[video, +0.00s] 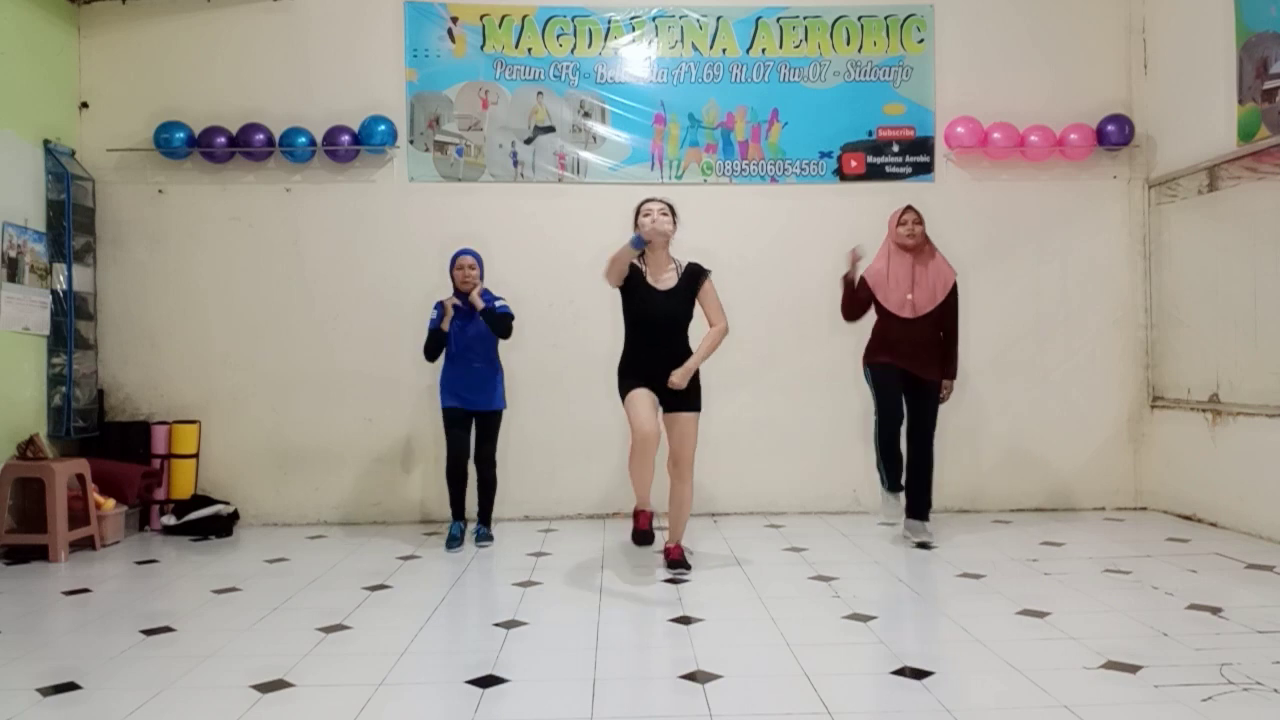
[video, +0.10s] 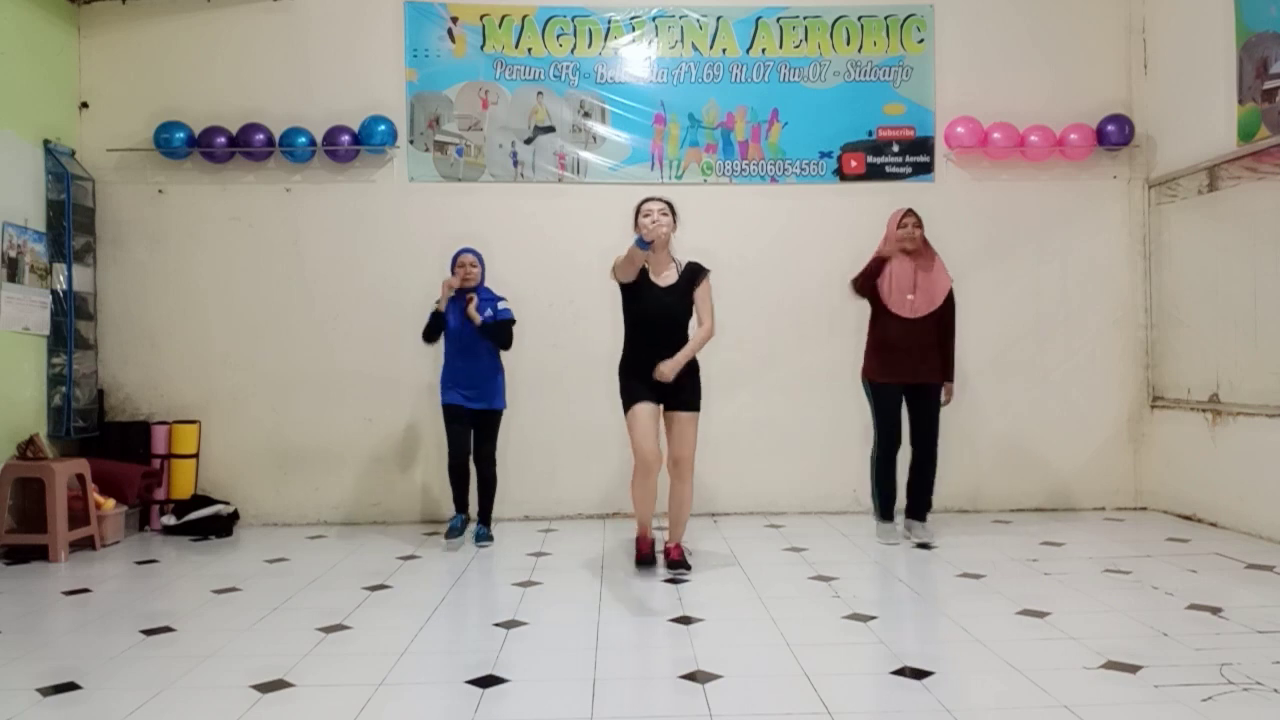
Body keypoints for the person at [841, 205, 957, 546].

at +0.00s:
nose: (911, 228)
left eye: (916, 223)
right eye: (904, 224)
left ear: (925, 230)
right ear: (892, 232)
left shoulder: (941, 272)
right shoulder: (881, 270)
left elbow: (950, 327)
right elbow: (852, 312)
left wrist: (949, 373)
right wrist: (850, 276)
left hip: (926, 364)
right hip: (885, 359)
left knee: (922, 441)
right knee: (889, 417)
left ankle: (917, 519)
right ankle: (891, 489)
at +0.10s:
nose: (912, 231)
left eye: (916, 226)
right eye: (904, 227)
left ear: (923, 233)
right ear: (892, 235)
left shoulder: (937, 274)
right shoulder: (882, 270)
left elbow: (947, 328)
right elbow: (858, 287)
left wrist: (948, 377)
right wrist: (882, 254)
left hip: (926, 373)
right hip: (884, 372)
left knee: (926, 447)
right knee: (888, 443)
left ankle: (917, 519)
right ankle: (885, 519)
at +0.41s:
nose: (910, 233)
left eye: (914, 228)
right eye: (902, 229)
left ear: (922, 234)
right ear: (890, 238)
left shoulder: (933, 276)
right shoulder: (878, 271)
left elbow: (938, 327)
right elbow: (878, 280)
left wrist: (972, 323)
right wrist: (904, 272)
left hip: (921, 368)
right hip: (879, 368)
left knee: (934, 441)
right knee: (883, 442)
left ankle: (920, 509)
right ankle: (884, 518)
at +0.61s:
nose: (909, 229)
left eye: (914, 224)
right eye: (901, 225)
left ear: (922, 231)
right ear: (890, 234)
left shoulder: (936, 271)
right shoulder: (879, 269)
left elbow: (966, 298)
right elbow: (876, 278)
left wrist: (967, 265)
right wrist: (903, 270)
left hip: (923, 367)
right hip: (882, 363)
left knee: (927, 444)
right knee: (885, 436)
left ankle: (919, 519)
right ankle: (885, 512)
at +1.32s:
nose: (899, 234)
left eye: (904, 229)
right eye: (893, 230)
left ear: (911, 234)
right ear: (882, 237)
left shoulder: (924, 265)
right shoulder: (870, 268)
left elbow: (943, 246)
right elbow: (864, 258)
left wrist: (933, 216)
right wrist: (879, 229)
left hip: (917, 361)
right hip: (875, 360)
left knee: (918, 438)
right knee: (873, 435)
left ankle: (908, 513)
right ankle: (874, 511)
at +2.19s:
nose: (891, 224)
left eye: (895, 219)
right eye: (884, 220)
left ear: (902, 226)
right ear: (872, 228)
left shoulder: (915, 257)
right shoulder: (859, 258)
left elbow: (949, 270)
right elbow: (860, 274)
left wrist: (941, 256)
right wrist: (893, 258)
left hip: (911, 356)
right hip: (871, 356)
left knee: (912, 434)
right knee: (872, 430)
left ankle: (907, 509)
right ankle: (868, 508)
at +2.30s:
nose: (891, 232)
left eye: (895, 226)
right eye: (883, 227)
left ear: (903, 234)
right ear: (871, 236)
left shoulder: (917, 273)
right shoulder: (860, 275)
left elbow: (939, 291)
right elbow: (868, 303)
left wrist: (951, 307)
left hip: (912, 368)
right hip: (871, 368)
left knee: (914, 443)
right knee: (869, 442)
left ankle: (904, 514)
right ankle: (864, 517)